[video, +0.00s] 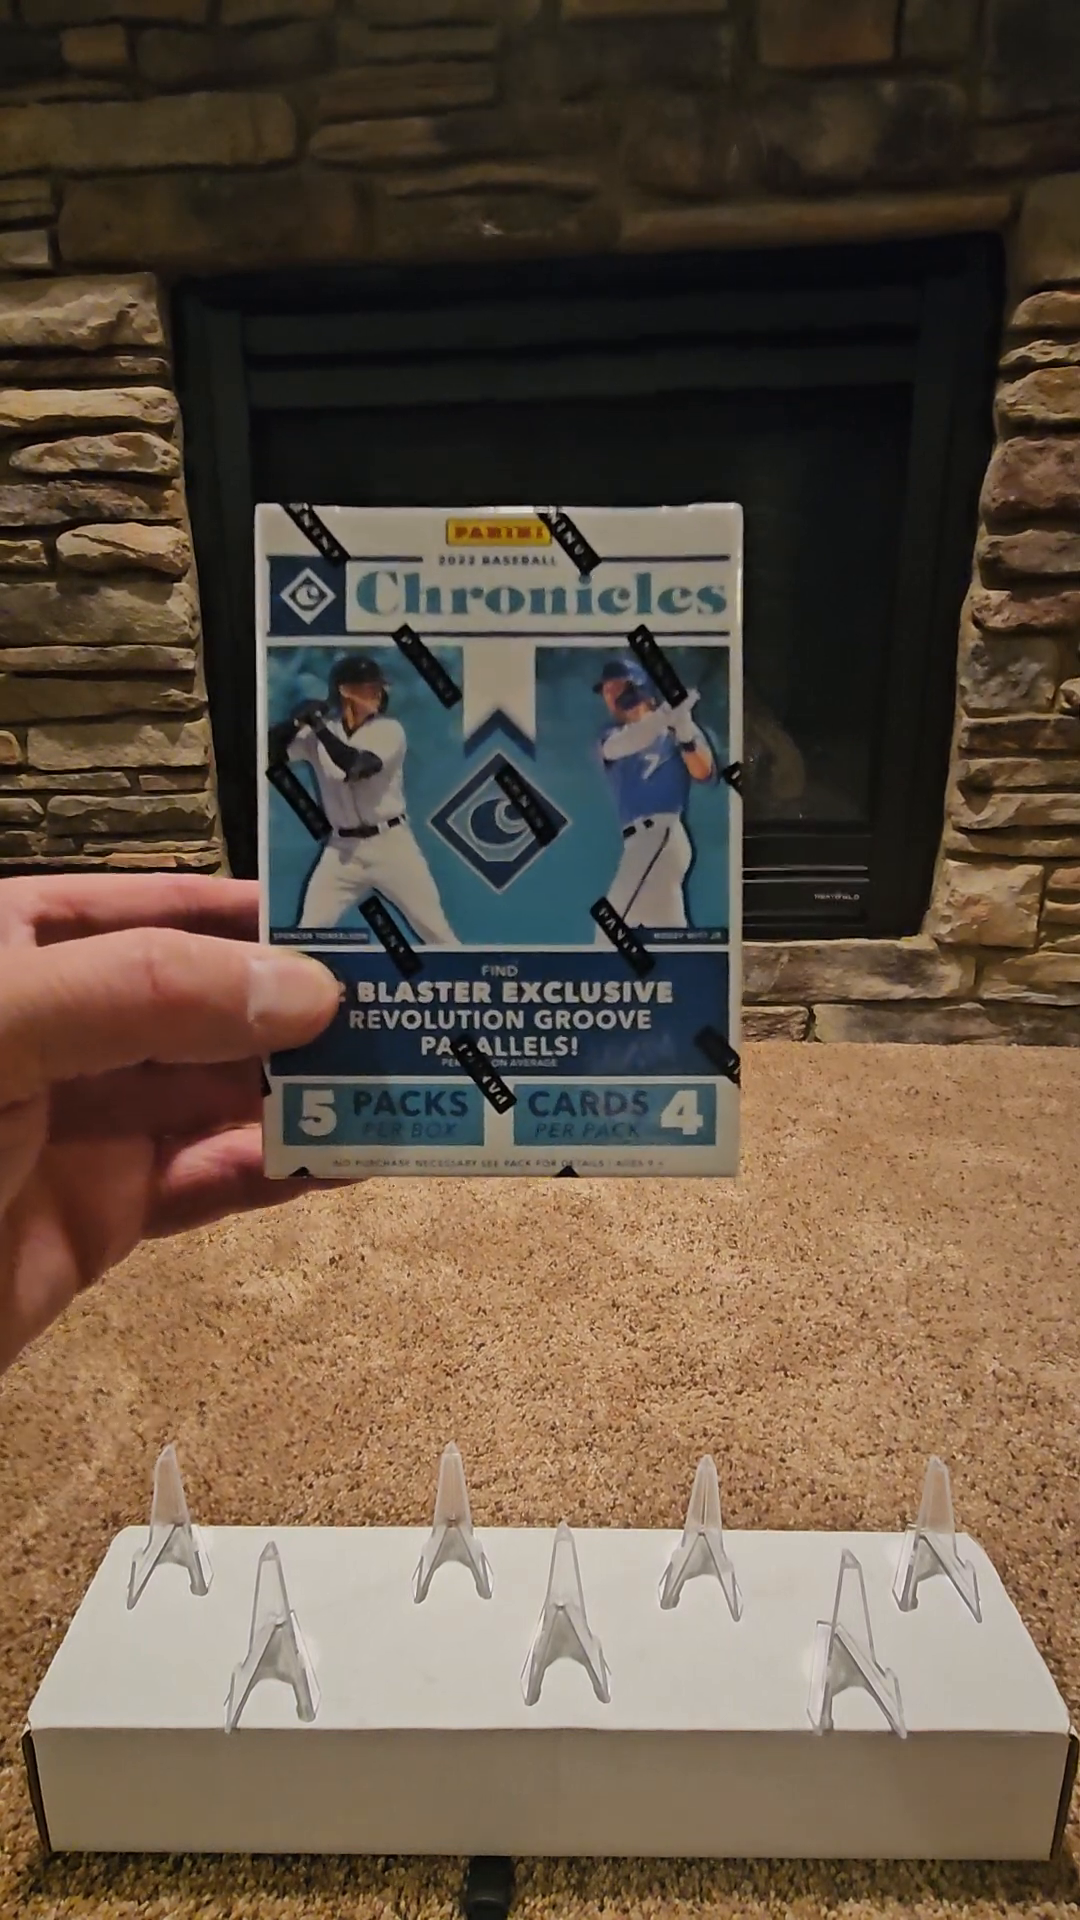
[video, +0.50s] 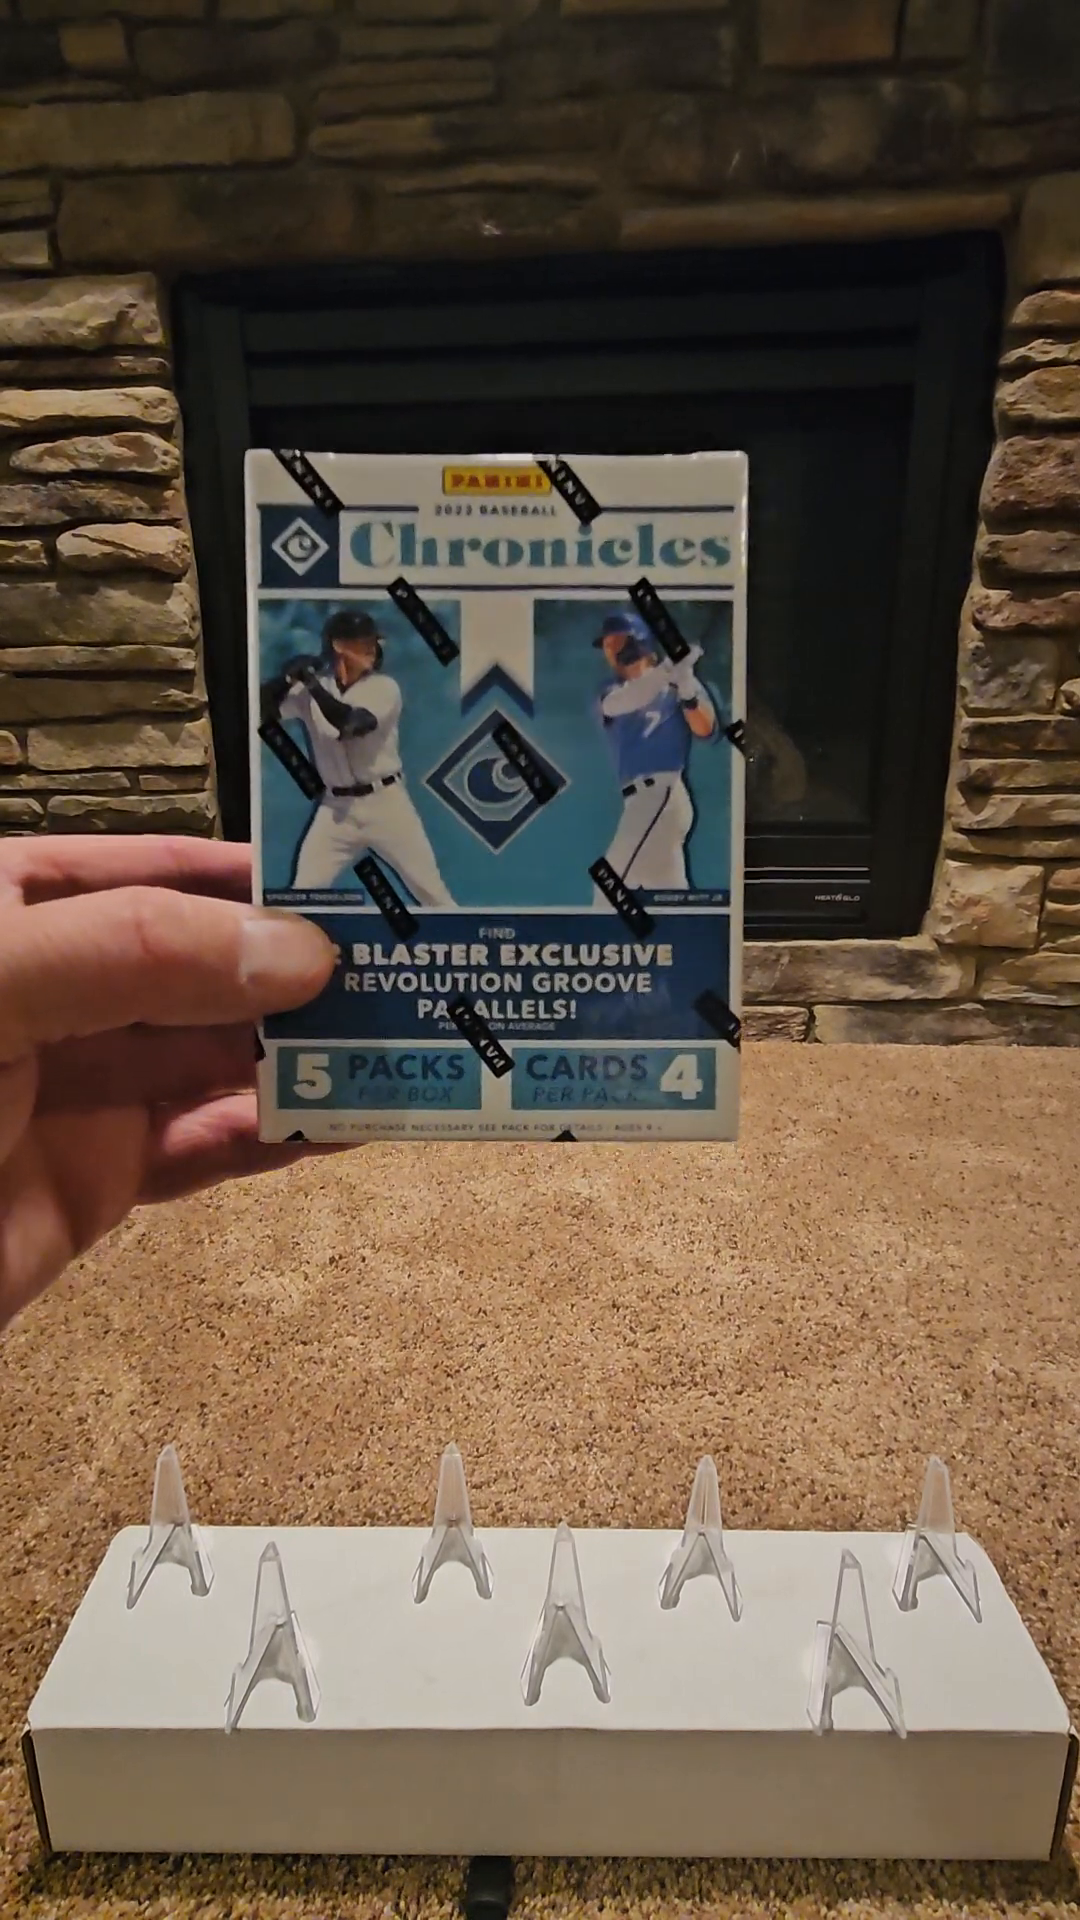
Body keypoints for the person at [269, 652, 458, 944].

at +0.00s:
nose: (376, 690)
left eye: (377, 684)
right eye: (367, 684)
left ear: (382, 689)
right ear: (345, 691)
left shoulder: (389, 730)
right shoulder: (315, 737)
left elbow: (355, 768)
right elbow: (269, 755)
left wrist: (318, 726)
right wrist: (293, 724)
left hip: (392, 846)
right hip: (342, 850)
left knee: (436, 932)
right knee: (309, 937)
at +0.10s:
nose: (368, 678)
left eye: (370, 672)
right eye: (359, 672)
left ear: (374, 675)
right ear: (336, 677)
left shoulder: (381, 718)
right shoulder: (306, 724)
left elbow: (345, 755)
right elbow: (258, 742)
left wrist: (309, 714)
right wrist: (286, 711)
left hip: (384, 834)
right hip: (334, 839)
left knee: (430, 921)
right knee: (302, 926)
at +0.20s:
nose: (366, 670)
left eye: (367, 664)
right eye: (356, 664)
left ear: (371, 668)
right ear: (333, 670)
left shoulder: (379, 710)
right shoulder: (304, 716)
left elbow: (344, 748)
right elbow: (257, 736)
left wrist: (308, 707)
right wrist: (282, 703)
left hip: (383, 827)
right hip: (332, 831)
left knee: (427, 914)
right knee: (300, 919)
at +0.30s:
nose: (371, 669)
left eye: (372, 663)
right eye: (361, 663)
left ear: (376, 667)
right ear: (338, 669)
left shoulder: (382, 708)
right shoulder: (308, 715)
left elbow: (348, 746)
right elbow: (262, 736)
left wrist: (311, 705)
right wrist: (284, 704)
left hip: (386, 826)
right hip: (335, 830)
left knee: (430, 913)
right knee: (304, 917)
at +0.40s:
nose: (373, 659)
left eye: (374, 652)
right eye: (363, 652)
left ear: (378, 656)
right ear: (340, 658)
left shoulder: (385, 698)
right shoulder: (310, 704)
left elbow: (350, 736)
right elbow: (265, 725)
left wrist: (312, 694)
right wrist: (285, 693)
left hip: (388, 816)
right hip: (337, 820)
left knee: (433, 903)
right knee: (305, 907)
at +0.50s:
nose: (372, 647)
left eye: (373, 640)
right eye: (362, 641)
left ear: (377, 644)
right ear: (338, 647)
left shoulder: (384, 687)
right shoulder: (308, 694)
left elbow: (349, 725)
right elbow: (261, 712)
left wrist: (311, 683)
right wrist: (285, 681)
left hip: (387, 805)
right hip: (336, 810)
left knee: (432, 892)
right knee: (304, 897)